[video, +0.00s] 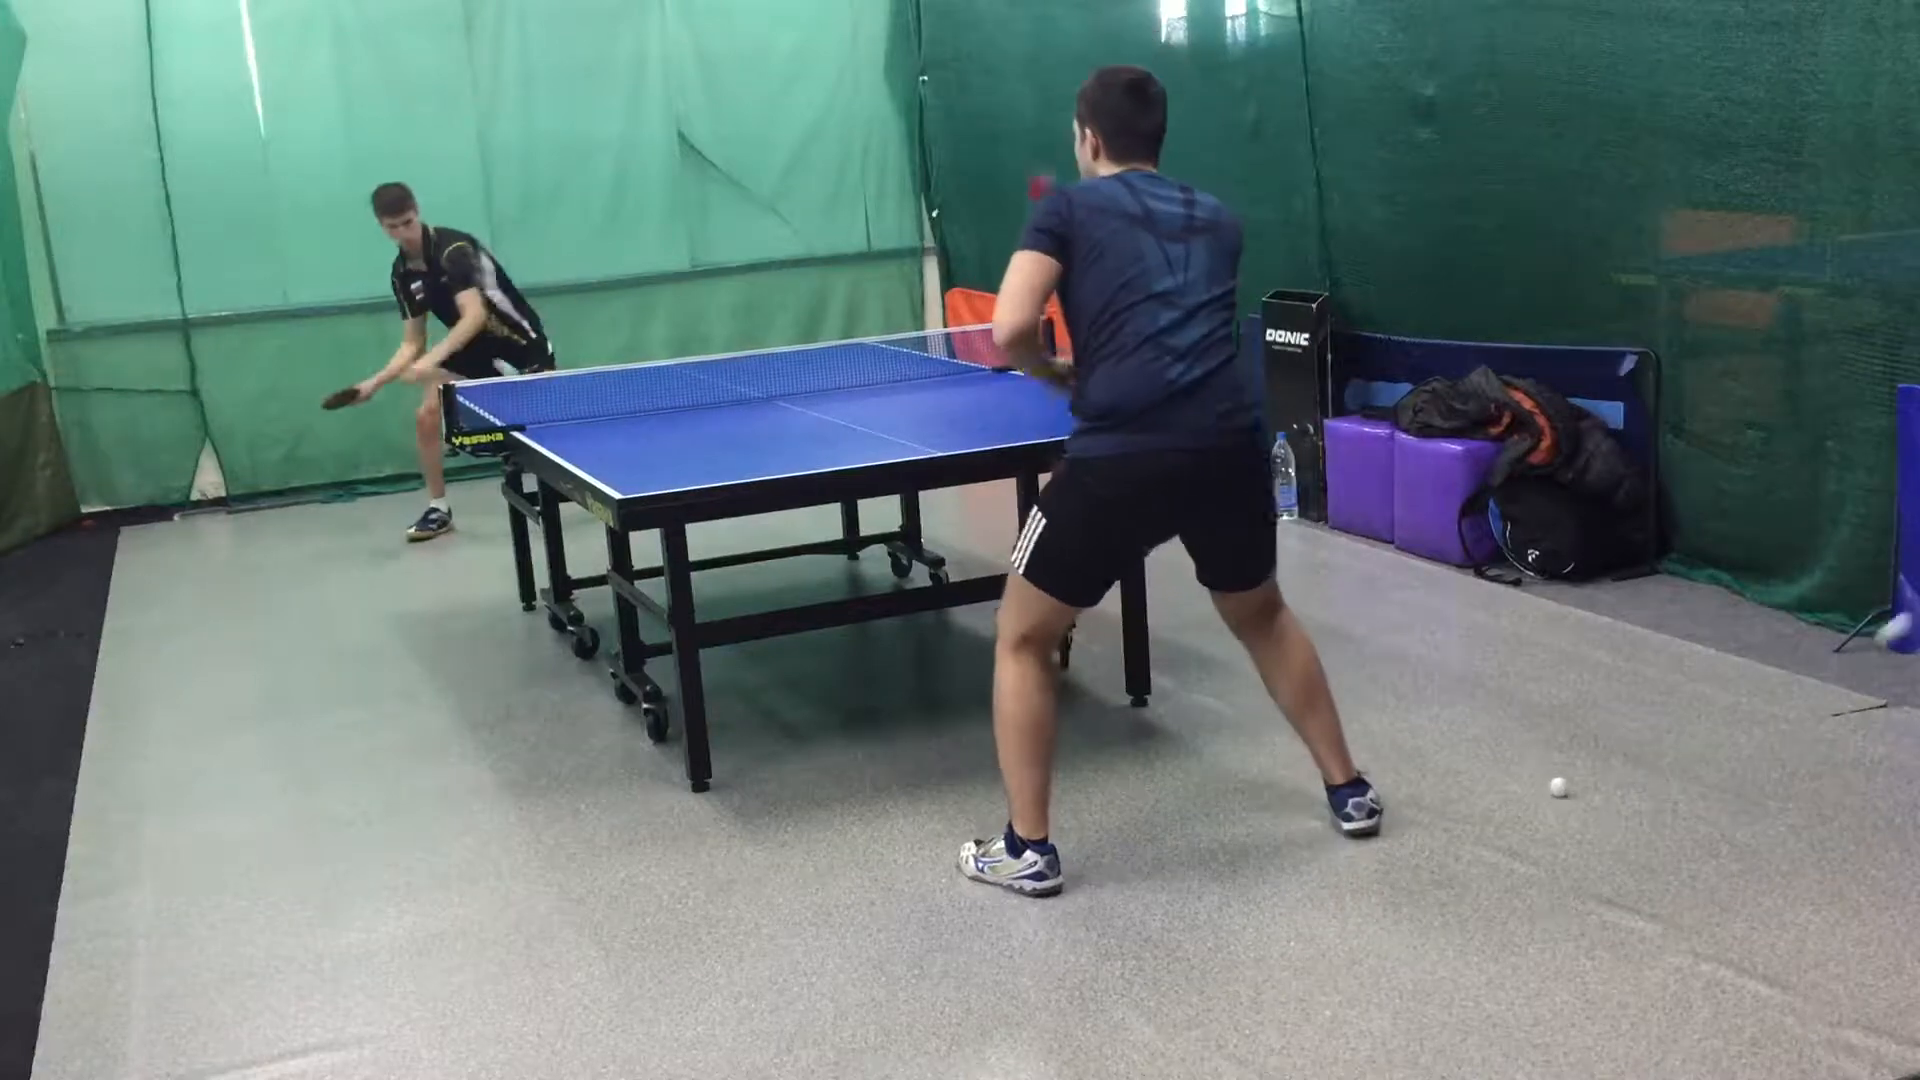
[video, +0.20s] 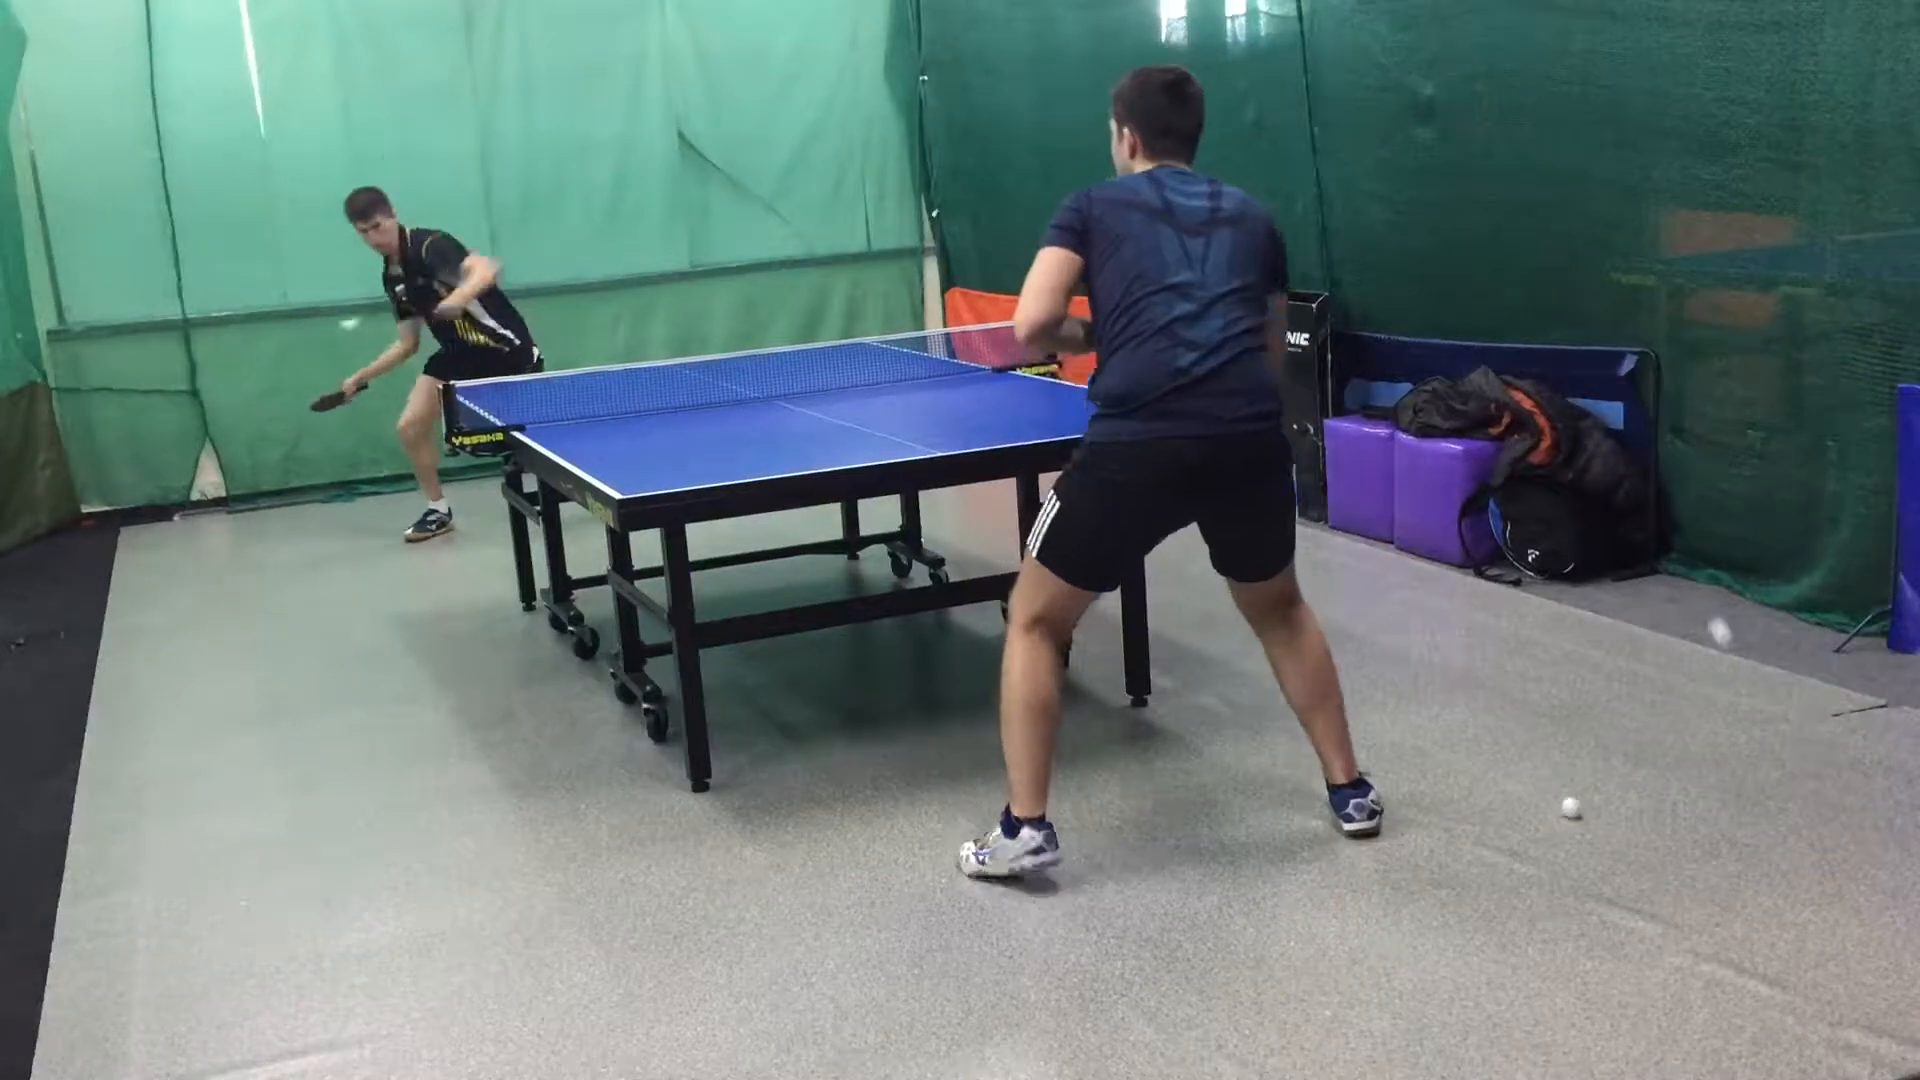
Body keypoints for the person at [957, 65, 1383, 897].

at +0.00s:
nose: (1075, 145)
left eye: (1075, 134)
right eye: (1081, 133)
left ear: (1087, 139)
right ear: (1159, 139)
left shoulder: (1069, 207)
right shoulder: (1215, 215)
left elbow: (1013, 327)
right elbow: (1204, 324)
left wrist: (1053, 370)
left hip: (1120, 465)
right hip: (1228, 457)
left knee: (1024, 639)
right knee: (1265, 618)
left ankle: (1028, 845)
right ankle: (1349, 791)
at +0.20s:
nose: (1112, 144)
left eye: (1113, 134)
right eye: (1117, 132)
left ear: (1125, 139)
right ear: (1196, 140)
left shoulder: (1094, 207)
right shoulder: (1252, 216)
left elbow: (1034, 326)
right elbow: (1271, 347)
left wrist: (1087, 332)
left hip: (1135, 451)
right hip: (1248, 447)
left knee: (1038, 624)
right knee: (1281, 611)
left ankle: (1026, 826)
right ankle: (1351, 791)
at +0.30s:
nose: (1128, 141)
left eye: (1128, 130)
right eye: (1134, 129)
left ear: (1138, 135)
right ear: (1209, 136)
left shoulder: (1098, 204)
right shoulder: (1263, 215)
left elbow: (1030, 319)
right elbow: (1291, 357)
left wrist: (1096, 331)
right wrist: (1314, 403)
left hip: (1124, 448)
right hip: (1239, 447)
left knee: (1036, 623)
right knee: (1289, 610)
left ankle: (1021, 825)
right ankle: (1351, 792)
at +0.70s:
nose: (1163, 169)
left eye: (1164, 159)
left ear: (1171, 164)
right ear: (1243, 174)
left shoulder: (1120, 230)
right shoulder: (1281, 259)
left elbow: (1042, 342)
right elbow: (1290, 397)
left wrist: (1115, 360)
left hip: (1128, 481)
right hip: (1245, 479)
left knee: (1040, 641)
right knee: (1302, 611)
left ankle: (1025, 841)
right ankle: (1348, 790)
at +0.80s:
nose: (1151, 145)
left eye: (1152, 135)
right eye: (1164, 136)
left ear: (1162, 141)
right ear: (1233, 149)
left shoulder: (1117, 208)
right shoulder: (1276, 232)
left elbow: (1046, 324)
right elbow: (1276, 345)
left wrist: (1109, 340)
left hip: (1146, 460)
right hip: (1261, 456)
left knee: (1049, 636)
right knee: (1299, 610)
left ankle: (1027, 839)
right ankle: (1351, 786)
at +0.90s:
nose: (1137, 144)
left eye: (1138, 133)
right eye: (1144, 133)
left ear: (1146, 138)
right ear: (1216, 142)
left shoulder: (1116, 204)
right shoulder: (1266, 220)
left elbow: (1051, 324)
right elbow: (1244, 326)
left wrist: (1109, 339)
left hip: (1158, 458)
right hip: (1268, 452)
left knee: (1049, 633)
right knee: (1293, 613)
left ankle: (1039, 840)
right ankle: (1370, 787)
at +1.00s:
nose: (1117, 152)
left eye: (1119, 142)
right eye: (1121, 142)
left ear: (1130, 146)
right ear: (1201, 149)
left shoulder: (1105, 219)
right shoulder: (1254, 228)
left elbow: (1051, 337)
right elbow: (1232, 329)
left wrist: (1101, 353)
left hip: (1152, 474)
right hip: (1263, 466)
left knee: (1038, 636)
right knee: (1286, 617)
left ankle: (1037, 841)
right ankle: (1369, 789)